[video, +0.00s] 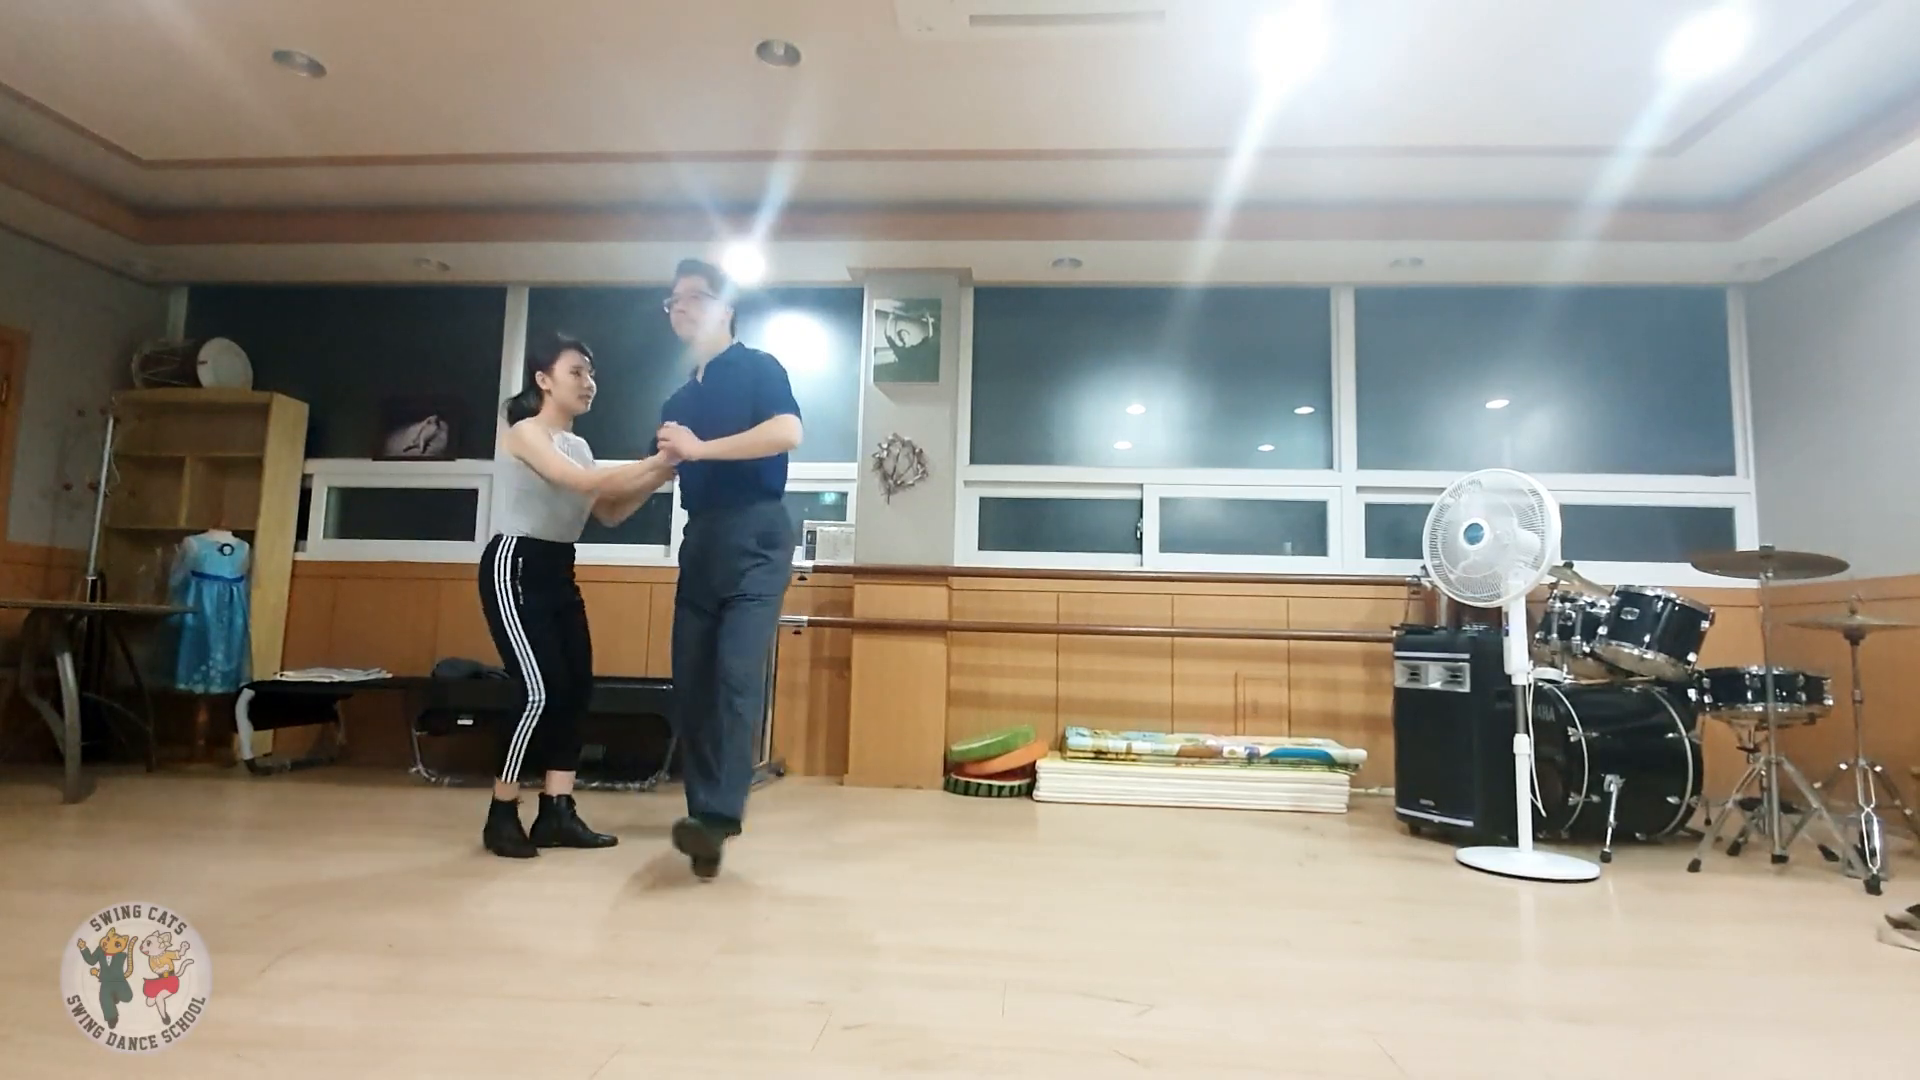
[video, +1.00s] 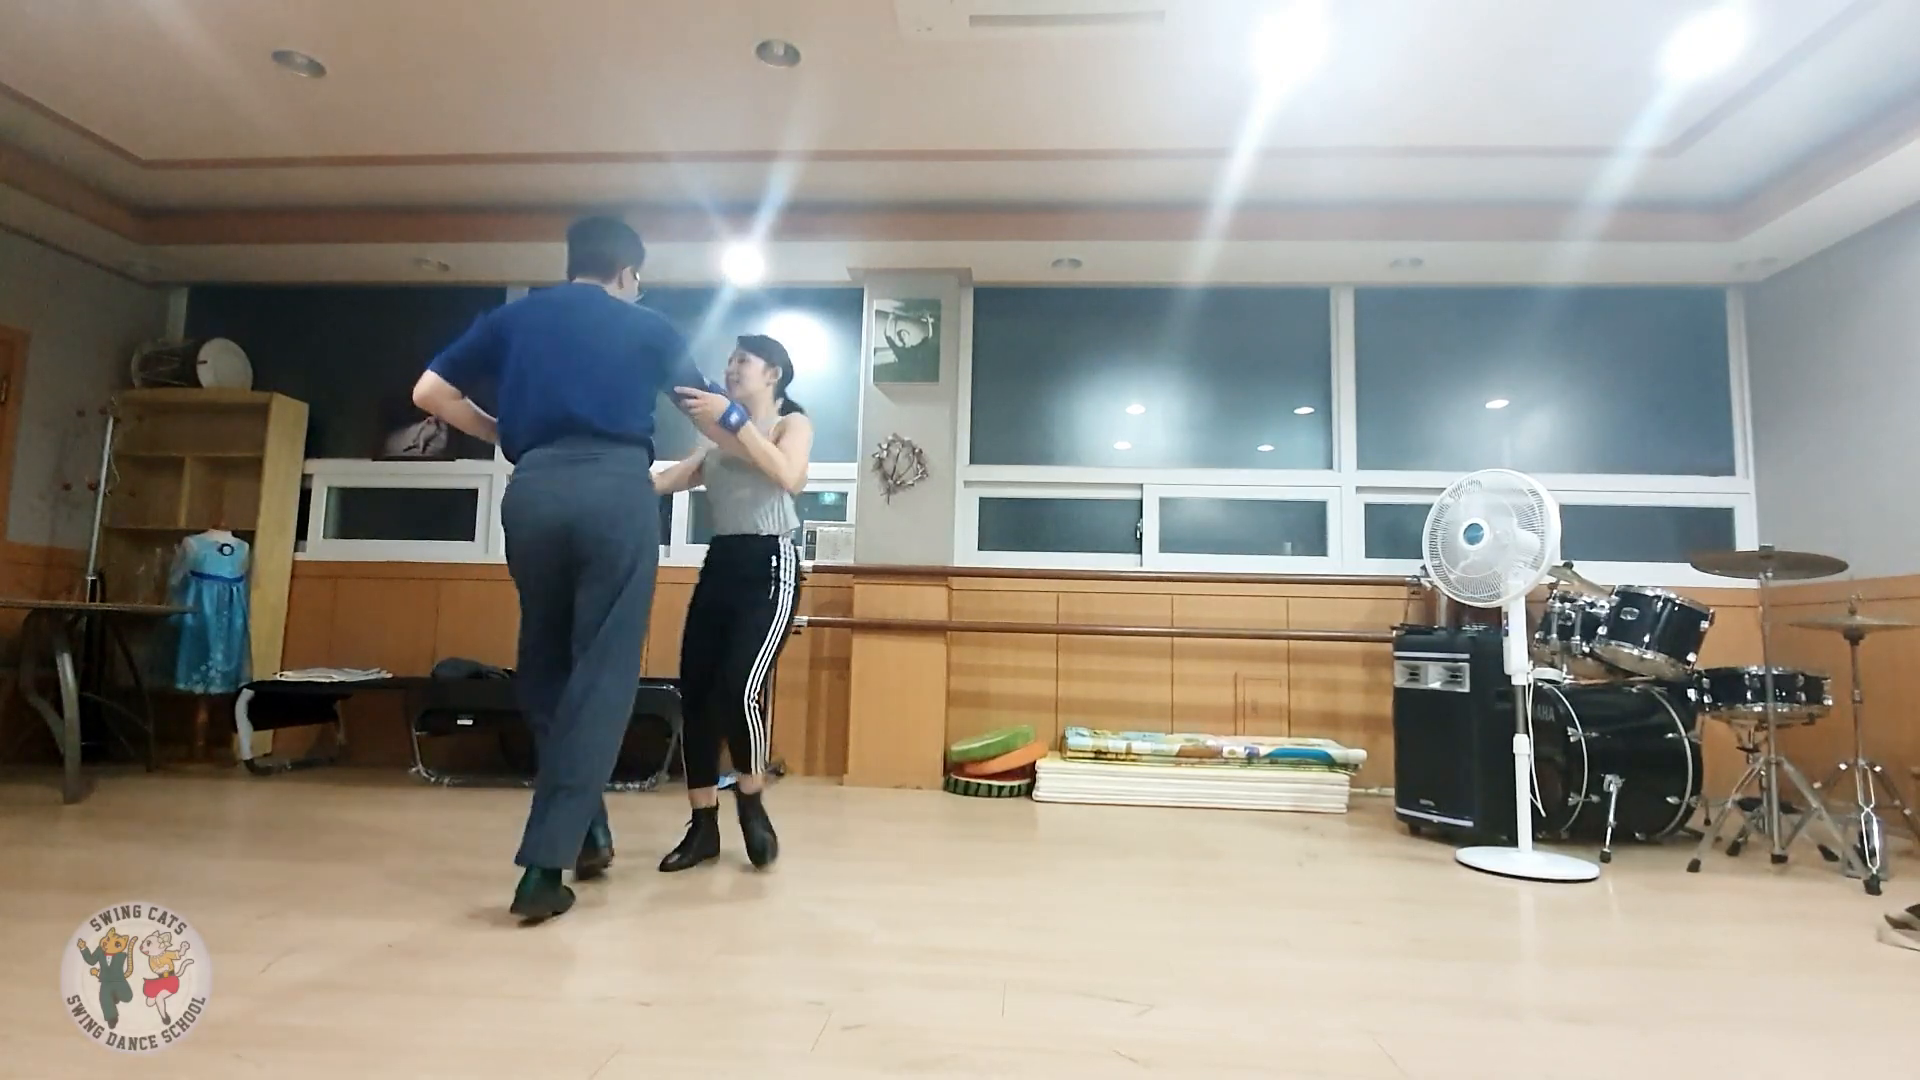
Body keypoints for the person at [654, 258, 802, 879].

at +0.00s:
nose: (678, 309)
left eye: (692, 299)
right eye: (675, 301)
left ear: (725, 308)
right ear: (675, 313)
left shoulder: (758, 366)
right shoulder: (677, 403)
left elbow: (787, 432)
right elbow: (660, 469)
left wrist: (701, 449)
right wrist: (611, 494)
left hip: (758, 535)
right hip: (703, 540)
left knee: (738, 672)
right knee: (692, 677)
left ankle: (717, 819)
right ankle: (708, 811)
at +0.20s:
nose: (643, 296)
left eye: (653, 284)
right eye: (644, 287)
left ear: (691, 288)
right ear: (677, 294)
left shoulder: (718, 341)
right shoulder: (684, 365)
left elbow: (734, 395)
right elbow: (690, 461)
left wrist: (656, 423)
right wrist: (638, 483)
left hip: (737, 524)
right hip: (709, 527)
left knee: (692, 680)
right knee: (695, 677)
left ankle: (668, 845)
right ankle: (715, 799)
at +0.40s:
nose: (609, 278)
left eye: (617, 267)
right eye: (613, 267)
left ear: (642, 274)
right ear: (663, 280)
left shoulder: (650, 317)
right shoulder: (682, 330)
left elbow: (615, 360)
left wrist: (577, 405)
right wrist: (605, 410)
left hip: (688, 520)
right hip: (724, 515)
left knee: (650, 680)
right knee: (728, 670)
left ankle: (661, 849)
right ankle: (755, 802)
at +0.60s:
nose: (607, 277)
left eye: (606, 267)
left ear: (605, 270)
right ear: (664, 275)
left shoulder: (584, 315)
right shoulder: (690, 346)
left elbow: (511, 358)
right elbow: (711, 446)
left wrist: (539, 429)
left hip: (630, 497)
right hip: (700, 498)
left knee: (610, 678)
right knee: (714, 678)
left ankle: (653, 850)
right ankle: (753, 821)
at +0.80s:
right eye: (645, 262)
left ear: (585, 260)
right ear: (648, 268)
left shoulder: (543, 309)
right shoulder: (680, 336)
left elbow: (449, 362)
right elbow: (720, 436)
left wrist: (508, 419)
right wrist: (753, 481)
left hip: (573, 489)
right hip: (656, 493)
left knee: (582, 674)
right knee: (639, 667)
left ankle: (631, 846)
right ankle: (561, 843)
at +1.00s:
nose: (640, 287)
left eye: (639, 280)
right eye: (640, 278)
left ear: (569, 267)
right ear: (626, 274)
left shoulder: (514, 315)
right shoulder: (647, 327)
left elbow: (431, 389)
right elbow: (706, 409)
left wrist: (504, 433)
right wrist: (745, 435)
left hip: (534, 486)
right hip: (617, 486)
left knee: (546, 662)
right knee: (603, 673)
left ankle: (588, 830)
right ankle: (542, 865)